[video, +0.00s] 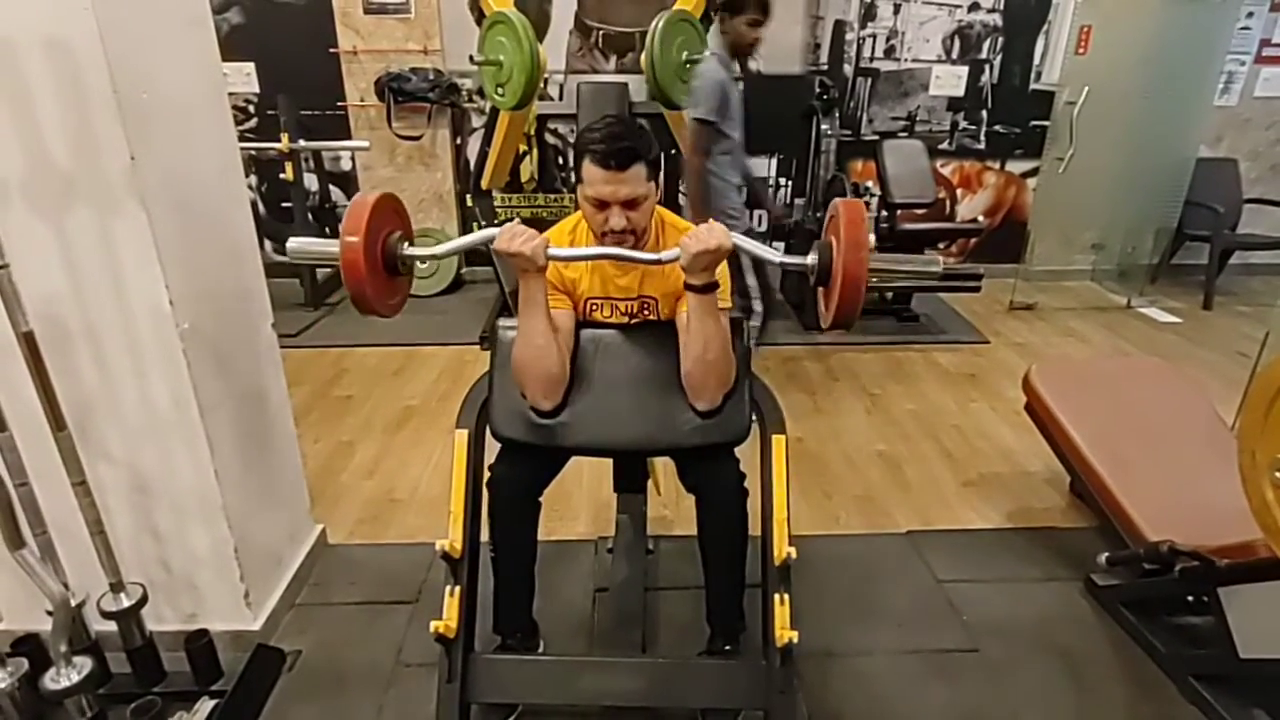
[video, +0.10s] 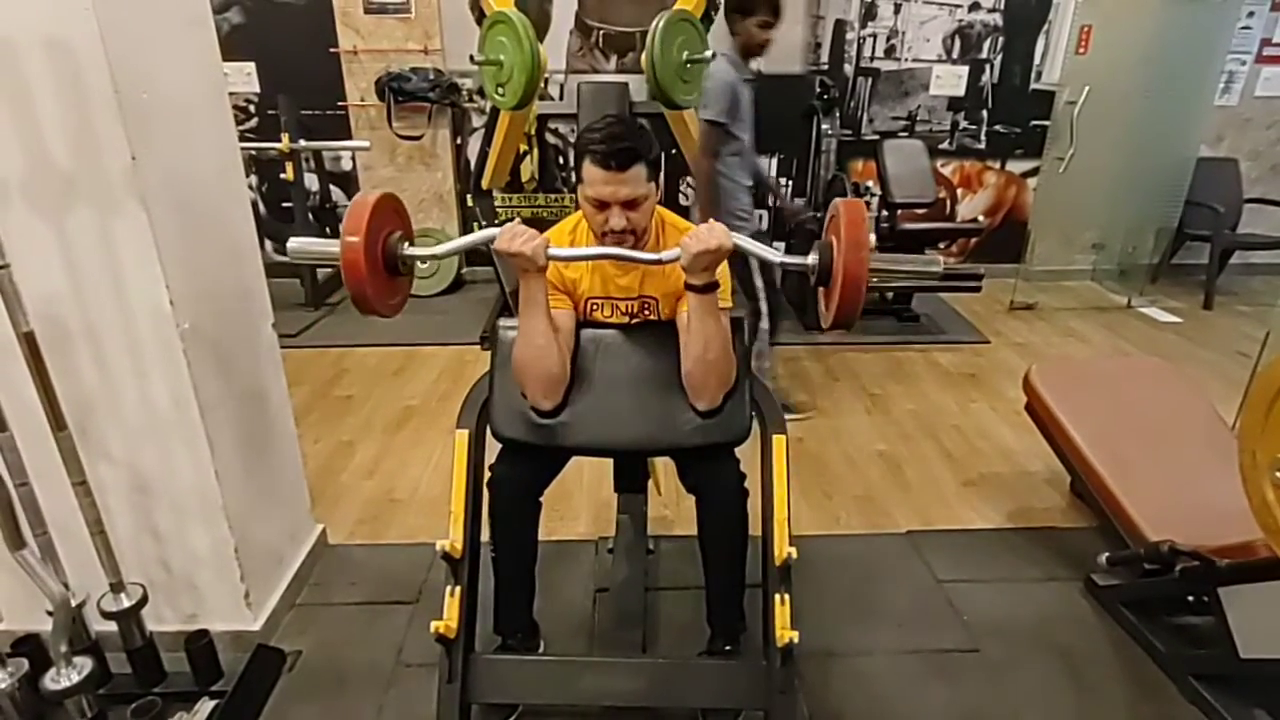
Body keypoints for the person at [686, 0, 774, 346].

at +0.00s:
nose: (758, 36)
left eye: (761, 27)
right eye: (751, 25)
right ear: (723, 20)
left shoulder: (726, 70)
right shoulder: (711, 73)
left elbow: (733, 152)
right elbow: (694, 156)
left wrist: (765, 201)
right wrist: (702, 227)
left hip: (730, 209)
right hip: (721, 214)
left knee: (751, 298)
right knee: (751, 303)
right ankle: (736, 383)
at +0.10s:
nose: (770, 36)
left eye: (773, 28)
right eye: (763, 26)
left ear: (770, 27)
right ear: (736, 22)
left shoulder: (738, 74)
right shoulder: (723, 76)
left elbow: (741, 155)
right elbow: (703, 157)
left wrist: (776, 195)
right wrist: (707, 225)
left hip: (742, 216)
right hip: (731, 220)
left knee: (742, 307)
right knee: (762, 308)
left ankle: (737, 390)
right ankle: (759, 397)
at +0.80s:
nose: (982, 43)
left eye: (984, 34)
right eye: (979, 33)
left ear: (948, 29)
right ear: (955, 28)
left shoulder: (897, 75)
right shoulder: (945, 81)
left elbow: (873, 146)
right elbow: (956, 166)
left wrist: (858, 204)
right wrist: (994, 225)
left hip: (893, 212)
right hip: (916, 218)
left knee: (928, 290)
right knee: (882, 305)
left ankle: (937, 364)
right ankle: (832, 374)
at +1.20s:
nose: (1080, 28)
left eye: (1082, 19)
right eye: (1078, 17)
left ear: (1047, 15)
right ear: (1053, 14)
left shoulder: (1007, 62)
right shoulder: (1039, 68)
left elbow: (990, 140)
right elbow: (1020, 150)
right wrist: (1030, 222)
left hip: (987, 206)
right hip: (1021, 211)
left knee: (964, 292)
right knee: (1044, 290)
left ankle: (942, 371)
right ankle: (1008, 373)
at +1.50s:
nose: (1148, 35)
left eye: (1150, 26)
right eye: (1146, 25)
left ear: (1108, 22)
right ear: (1121, 22)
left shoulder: (1072, 68)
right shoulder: (1106, 79)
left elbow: (1052, 143)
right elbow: (1081, 159)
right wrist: (1081, 230)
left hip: (1042, 209)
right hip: (1072, 217)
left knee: (1008, 286)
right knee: (1076, 307)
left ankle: (956, 359)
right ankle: (1080, 376)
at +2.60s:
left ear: (1273, 52)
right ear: (1279, 56)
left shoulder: (1246, 81)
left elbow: (1221, 140)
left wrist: (1235, 171)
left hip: (1223, 198)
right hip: (1267, 205)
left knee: (1200, 270)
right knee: (1253, 278)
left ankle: (1168, 347)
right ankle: (1239, 344)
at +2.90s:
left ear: (1277, 52)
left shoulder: (1267, 82)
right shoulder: (1266, 83)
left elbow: (1250, 136)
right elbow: (1250, 137)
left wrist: (1246, 176)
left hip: (1252, 191)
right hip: (1277, 201)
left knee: (1226, 256)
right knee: (1266, 275)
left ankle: (1202, 317)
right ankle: (1240, 345)